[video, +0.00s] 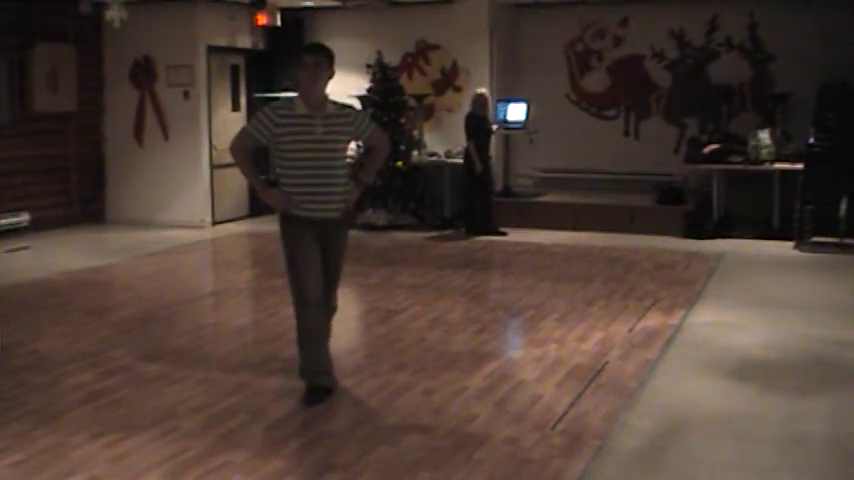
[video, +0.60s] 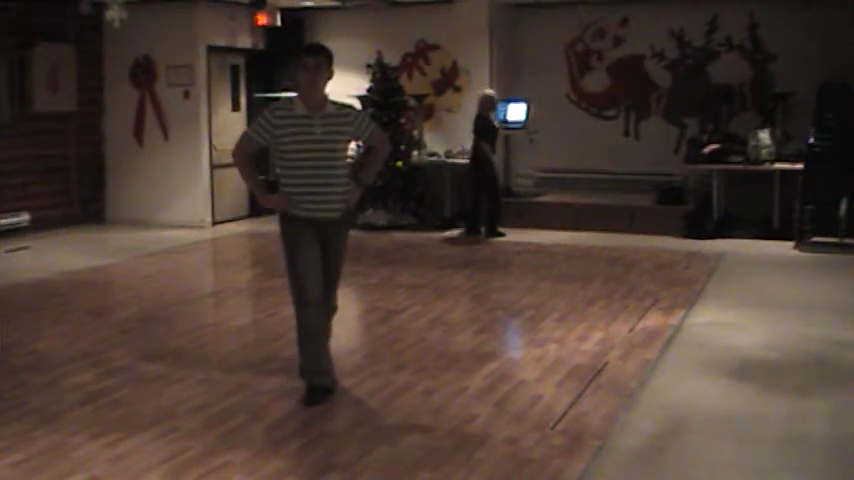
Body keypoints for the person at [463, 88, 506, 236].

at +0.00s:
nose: (485, 104)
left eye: (486, 101)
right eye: (482, 101)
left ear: (484, 102)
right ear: (478, 103)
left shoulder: (483, 118)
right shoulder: (472, 118)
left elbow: (484, 131)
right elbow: (471, 142)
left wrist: (492, 129)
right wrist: (477, 162)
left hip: (483, 158)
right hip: (476, 159)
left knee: (485, 191)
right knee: (479, 191)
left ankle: (487, 223)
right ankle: (478, 225)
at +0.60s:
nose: (495, 105)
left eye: (494, 102)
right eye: (492, 102)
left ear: (485, 103)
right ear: (486, 103)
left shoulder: (485, 118)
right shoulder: (482, 119)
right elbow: (482, 142)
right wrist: (491, 157)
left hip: (482, 160)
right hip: (482, 160)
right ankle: (491, 226)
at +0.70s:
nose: (497, 105)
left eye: (497, 101)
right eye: (495, 101)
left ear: (487, 102)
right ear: (488, 102)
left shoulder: (486, 118)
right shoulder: (486, 119)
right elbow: (487, 142)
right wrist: (495, 158)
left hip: (483, 158)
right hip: (486, 159)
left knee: (482, 192)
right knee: (492, 192)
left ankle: (476, 225)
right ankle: (490, 226)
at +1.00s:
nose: (500, 103)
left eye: (502, 100)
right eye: (497, 100)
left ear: (505, 101)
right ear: (492, 101)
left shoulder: (506, 119)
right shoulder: (488, 119)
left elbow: (507, 144)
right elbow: (486, 145)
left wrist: (507, 167)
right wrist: (490, 166)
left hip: (503, 163)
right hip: (493, 163)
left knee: (499, 197)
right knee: (493, 197)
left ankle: (497, 228)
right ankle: (491, 229)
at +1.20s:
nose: (501, 110)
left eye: (505, 106)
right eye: (498, 106)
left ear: (509, 106)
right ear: (494, 106)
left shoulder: (515, 124)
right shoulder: (490, 123)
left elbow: (522, 148)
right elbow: (485, 149)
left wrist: (520, 169)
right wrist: (483, 171)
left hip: (508, 166)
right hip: (493, 165)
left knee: (502, 197)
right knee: (500, 197)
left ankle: (493, 227)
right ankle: (507, 233)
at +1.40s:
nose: (509, 109)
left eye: (511, 106)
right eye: (505, 106)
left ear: (514, 106)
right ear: (500, 106)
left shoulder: (517, 121)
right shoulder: (493, 120)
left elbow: (526, 145)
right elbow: (489, 147)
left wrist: (534, 166)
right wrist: (492, 169)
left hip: (513, 166)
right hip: (498, 166)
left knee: (515, 198)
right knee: (501, 200)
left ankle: (513, 229)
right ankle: (504, 234)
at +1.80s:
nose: (516, 107)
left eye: (518, 103)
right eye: (512, 103)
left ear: (522, 104)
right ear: (506, 104)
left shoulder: (527, 123)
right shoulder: (498, 122)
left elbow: (528, 147)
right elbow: (496, 150)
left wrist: (530, 170)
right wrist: (504, 170)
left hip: (522, 170)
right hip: (504, 171)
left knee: (520, 206)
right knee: (504, 205)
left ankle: (517, 241)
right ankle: (504, 237)